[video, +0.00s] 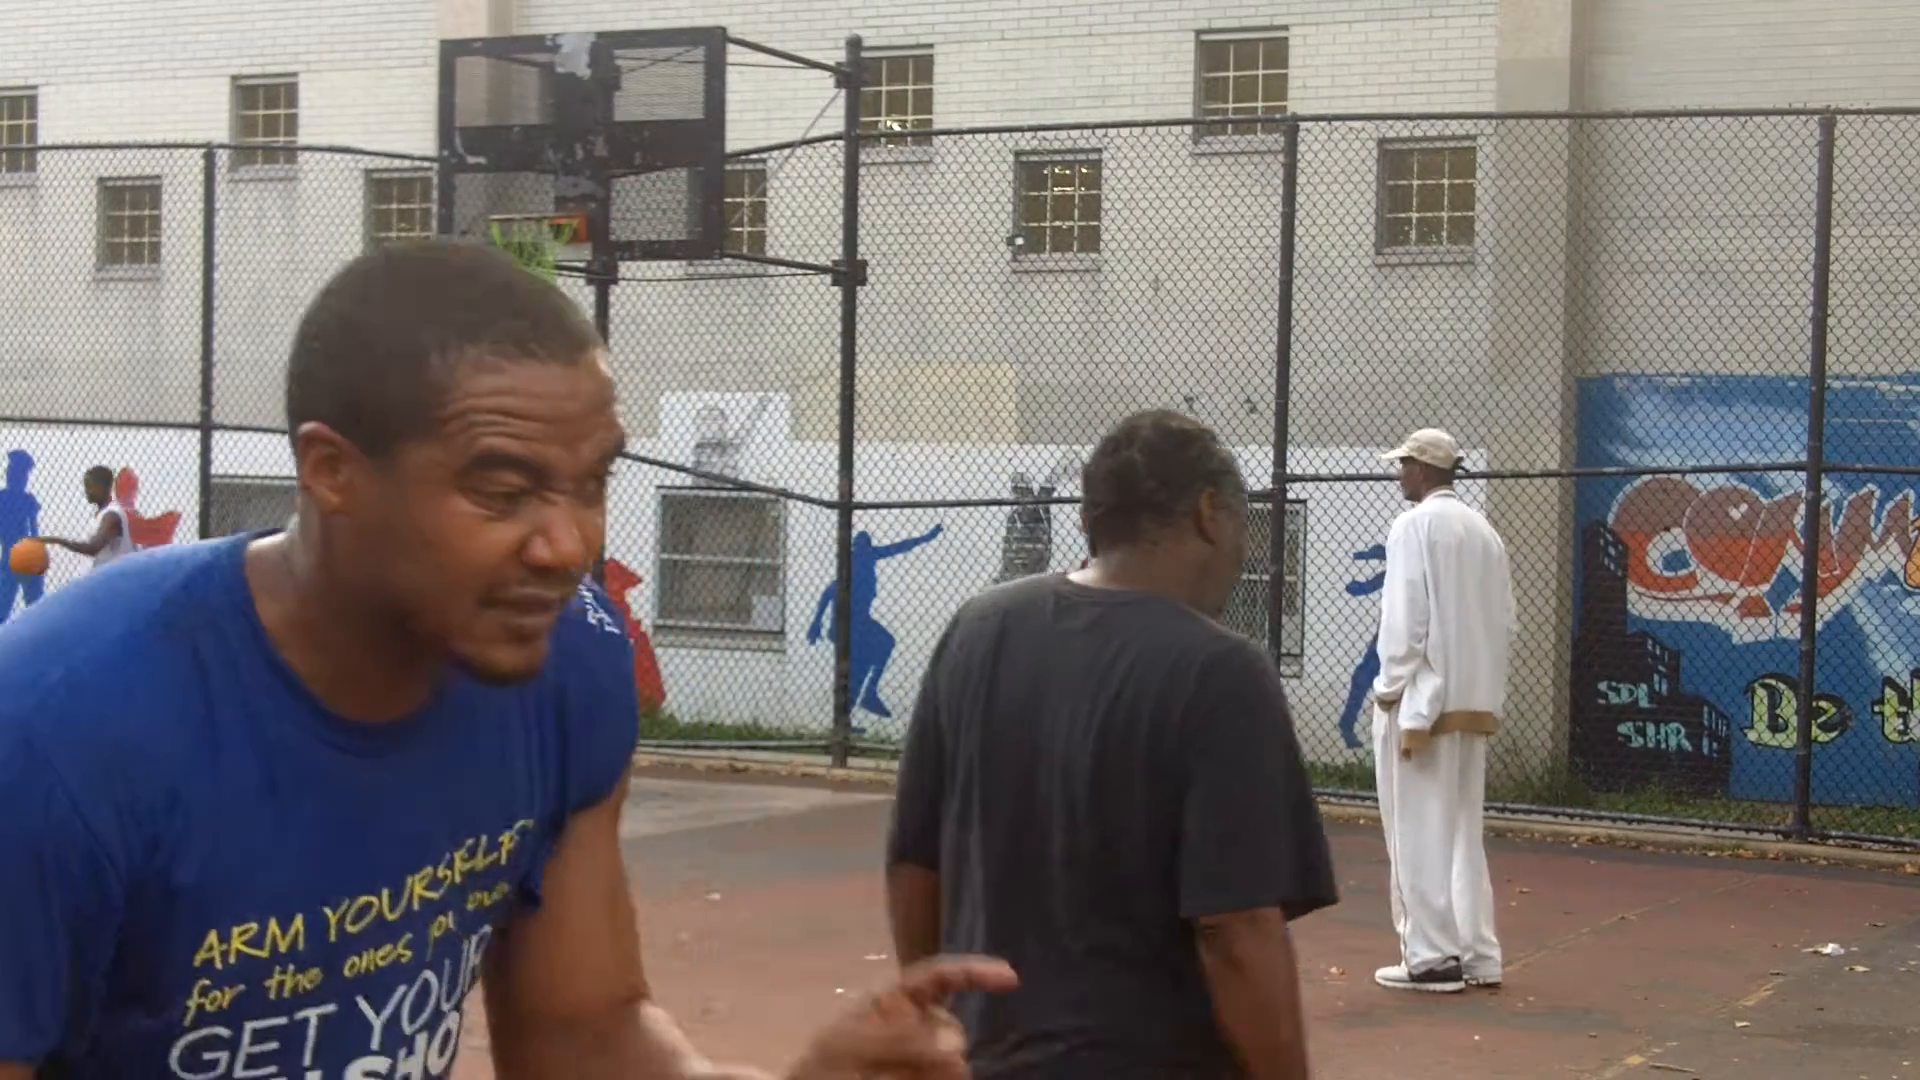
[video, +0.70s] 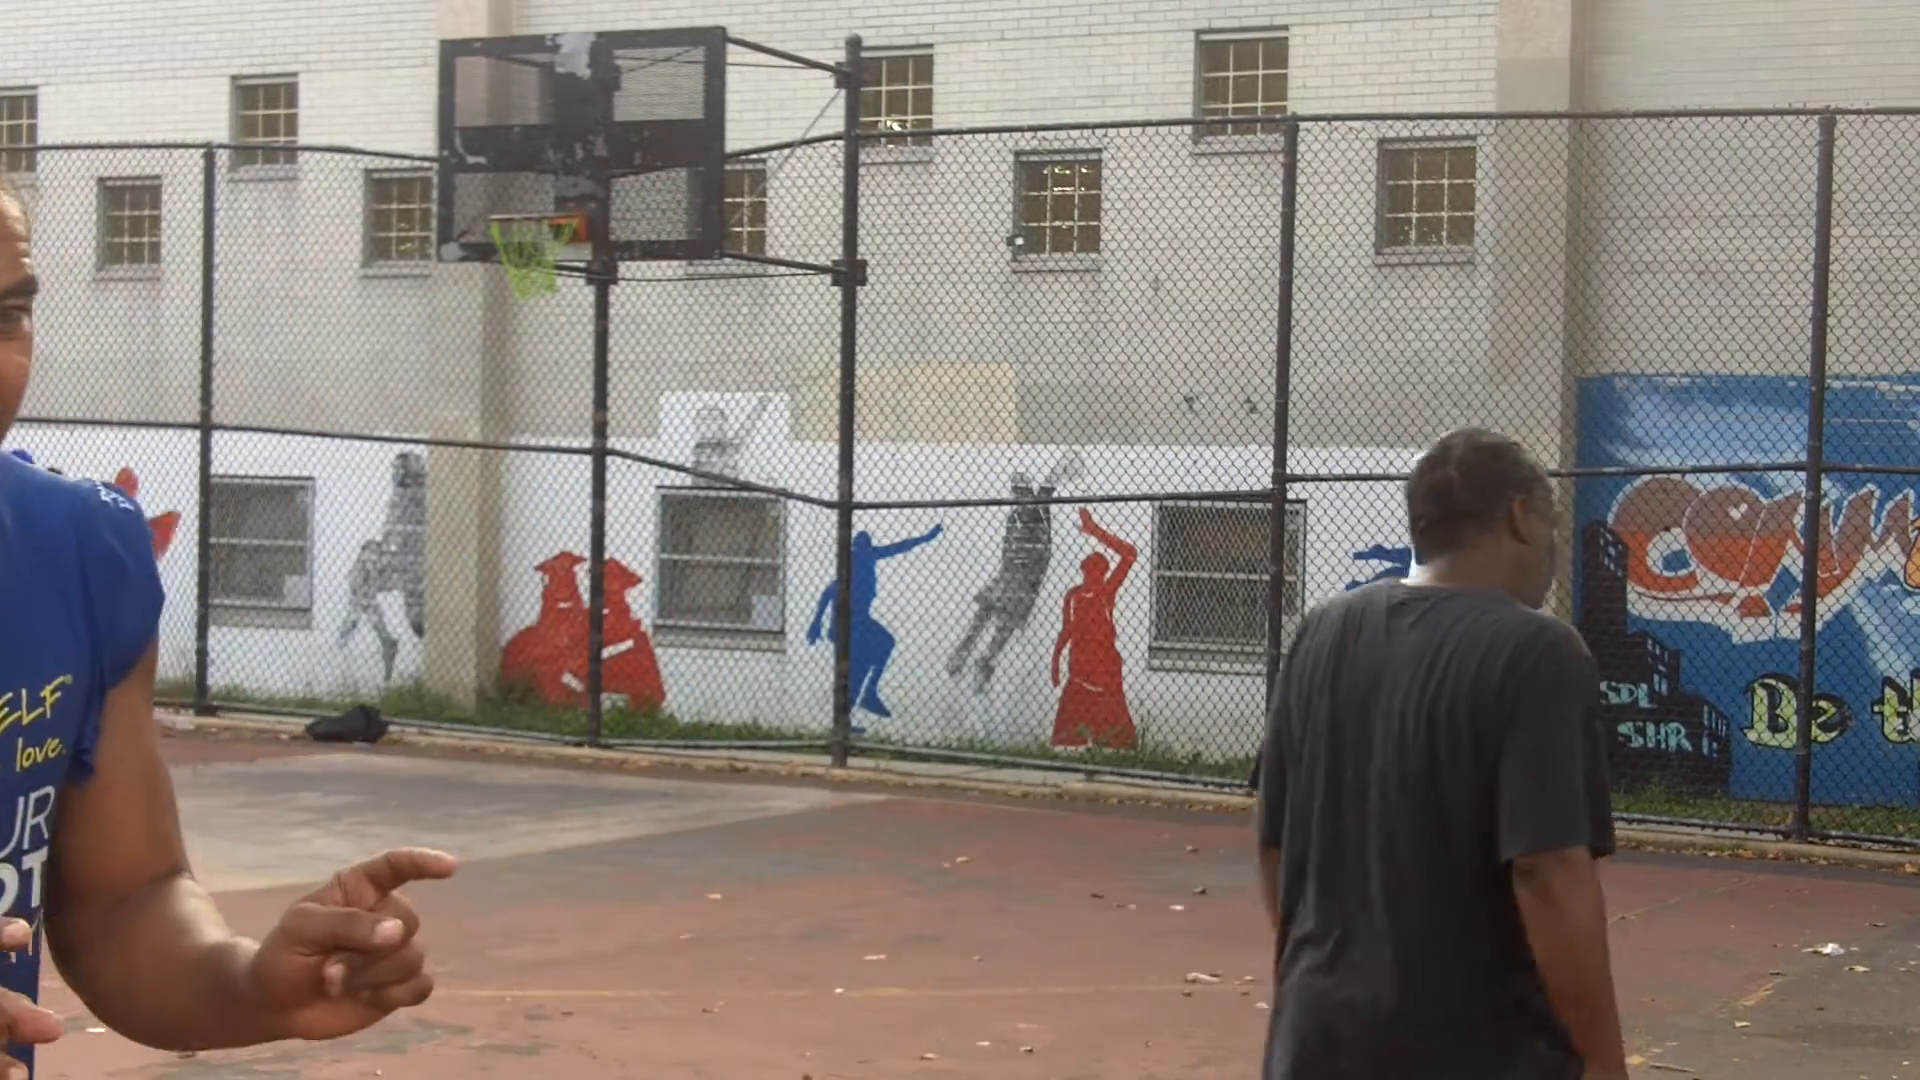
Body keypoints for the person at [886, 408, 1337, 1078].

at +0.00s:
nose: (1243, 553)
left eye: (1244, 527)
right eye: (1241, 524)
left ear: (1094, 524)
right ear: (1208, 515)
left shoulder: (976, 629)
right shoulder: (1216, 670)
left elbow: (914, 869)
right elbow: (1234, 926)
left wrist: (936, 1037)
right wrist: (1283, 1067)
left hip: (991, 1049)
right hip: (1160, 1054)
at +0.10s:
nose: (1290, 552)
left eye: (1293, 523)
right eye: (1290, 521)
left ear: (1148, 521)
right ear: (1254, 508)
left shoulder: (1030, 629)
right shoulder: (1278, 661)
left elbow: (961, 868)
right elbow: (1320, 913)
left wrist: (978, 1031)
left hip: (1036, 1049)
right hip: (1221, 1055)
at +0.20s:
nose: (1336, 556)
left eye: (1335, 531)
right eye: (1333, 528)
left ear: (1201, 524)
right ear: (1301, 516)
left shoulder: (1081, 635)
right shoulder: (1333, 665)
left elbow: (1013, 866)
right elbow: (1396, 915)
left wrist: (1016, 1037)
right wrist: (1491, 1067)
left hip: (1090, 1047)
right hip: (1269, 1053)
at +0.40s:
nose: (1416, 567)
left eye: (1416, 542)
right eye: (1413, 540)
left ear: (1285, 544)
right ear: (1383, 532)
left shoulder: (1179, 654)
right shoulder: (1417, 668)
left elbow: (1112, 874)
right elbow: (1479, 899)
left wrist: (1092, 1046)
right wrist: (1574, 1061)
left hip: (1186, 1048)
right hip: (1354, 1051)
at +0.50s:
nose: (1457, 554)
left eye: (1455, 531)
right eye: (1453, 529)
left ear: (1326, 541)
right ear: (1425, 522)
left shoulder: (1228, 646)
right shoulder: (1457, 655)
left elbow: (1169, 870)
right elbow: (1504, 881)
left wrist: (1155, 1036)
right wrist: (1580, 1062)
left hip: (1229, 1047)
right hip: (1406, 1054)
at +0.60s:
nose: (1504, 547)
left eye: (1504, 524)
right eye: (1501, 522)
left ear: (1373, 531)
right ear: (1472, 515)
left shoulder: (1273, 636)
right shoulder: (1494, 647)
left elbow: (1223, 865)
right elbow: (1524, 871)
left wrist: (1237, 1025)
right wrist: (1589, 1060)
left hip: (1273, 1045)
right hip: (1447, 1052)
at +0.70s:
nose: (1557, 550)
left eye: (1557, 529)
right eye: (1554, 526)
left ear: (1425, 529)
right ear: (1520, 517)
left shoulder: (1319, 633)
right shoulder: (1535, 650)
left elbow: (1275, 848)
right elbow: (1548, 872)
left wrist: (1309, 994)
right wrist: (1604, 1060)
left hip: (1316, 1042)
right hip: (1482, 1050)